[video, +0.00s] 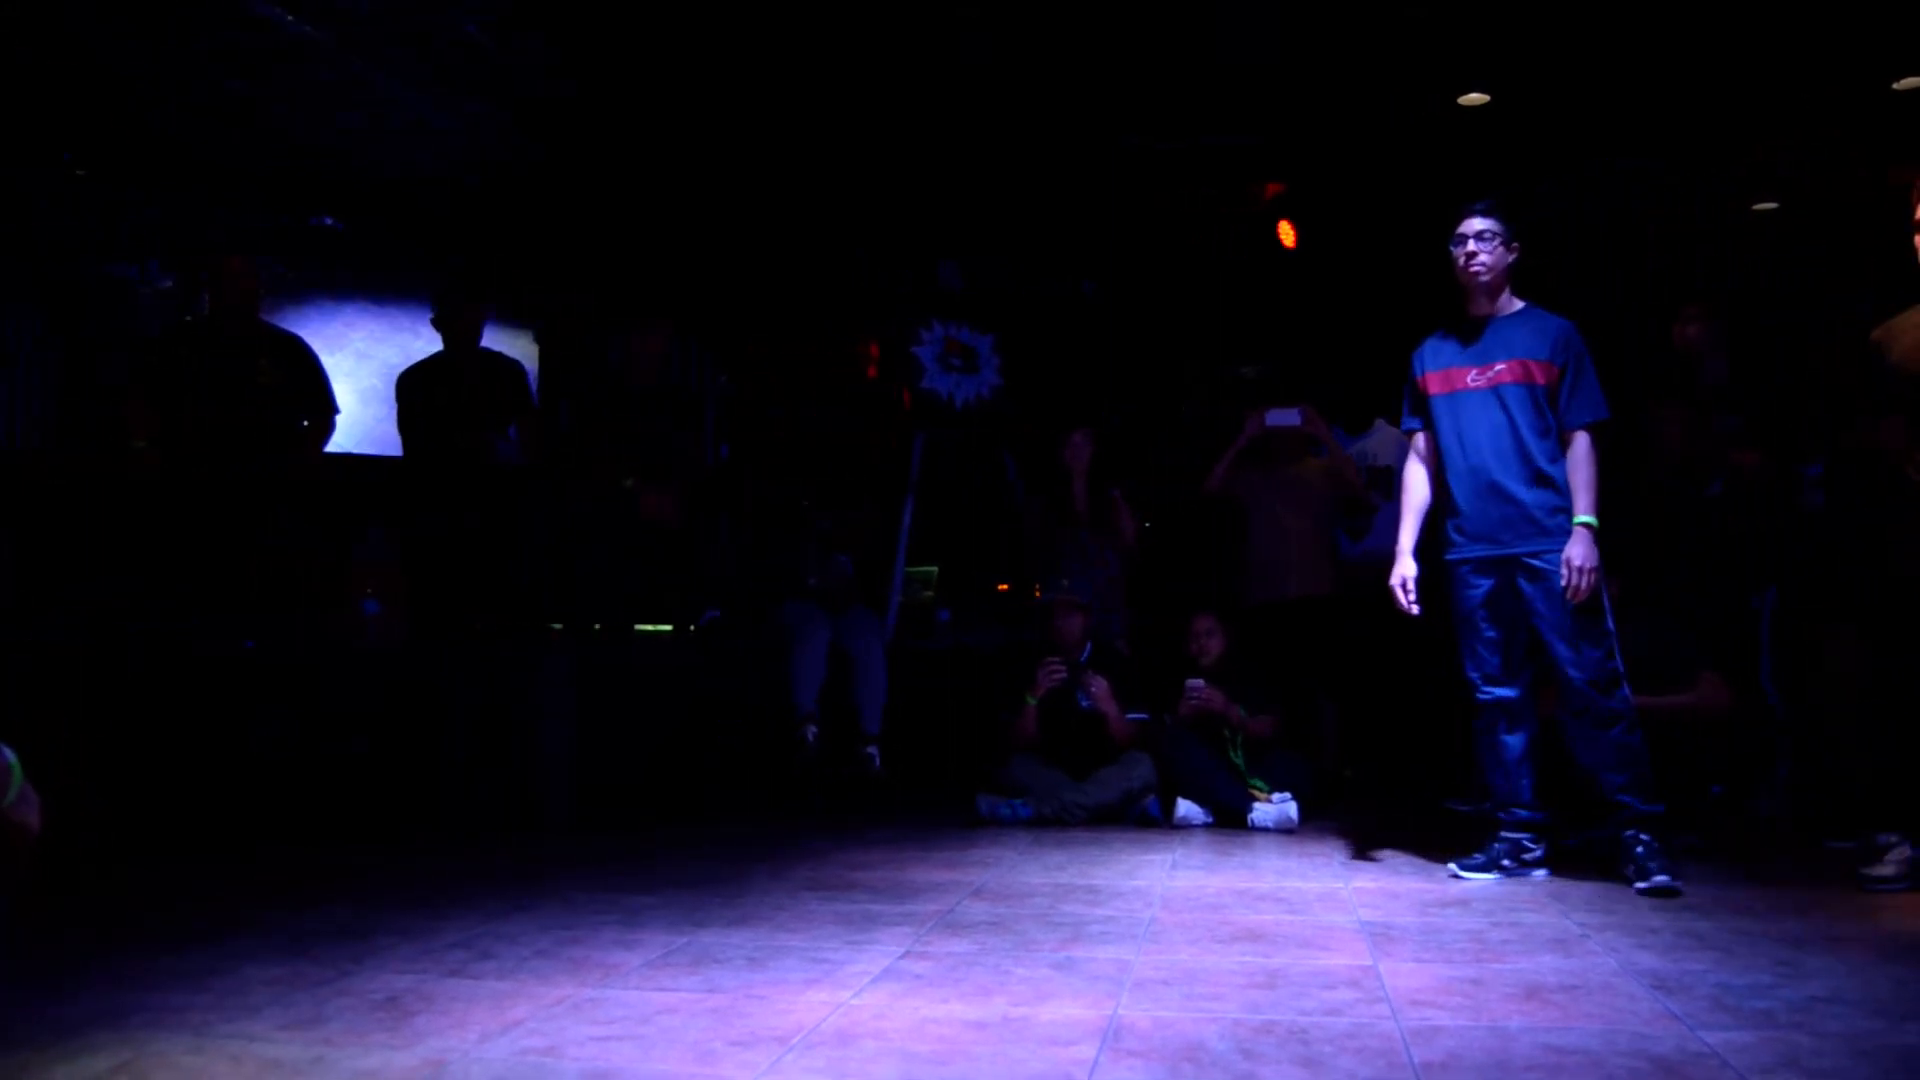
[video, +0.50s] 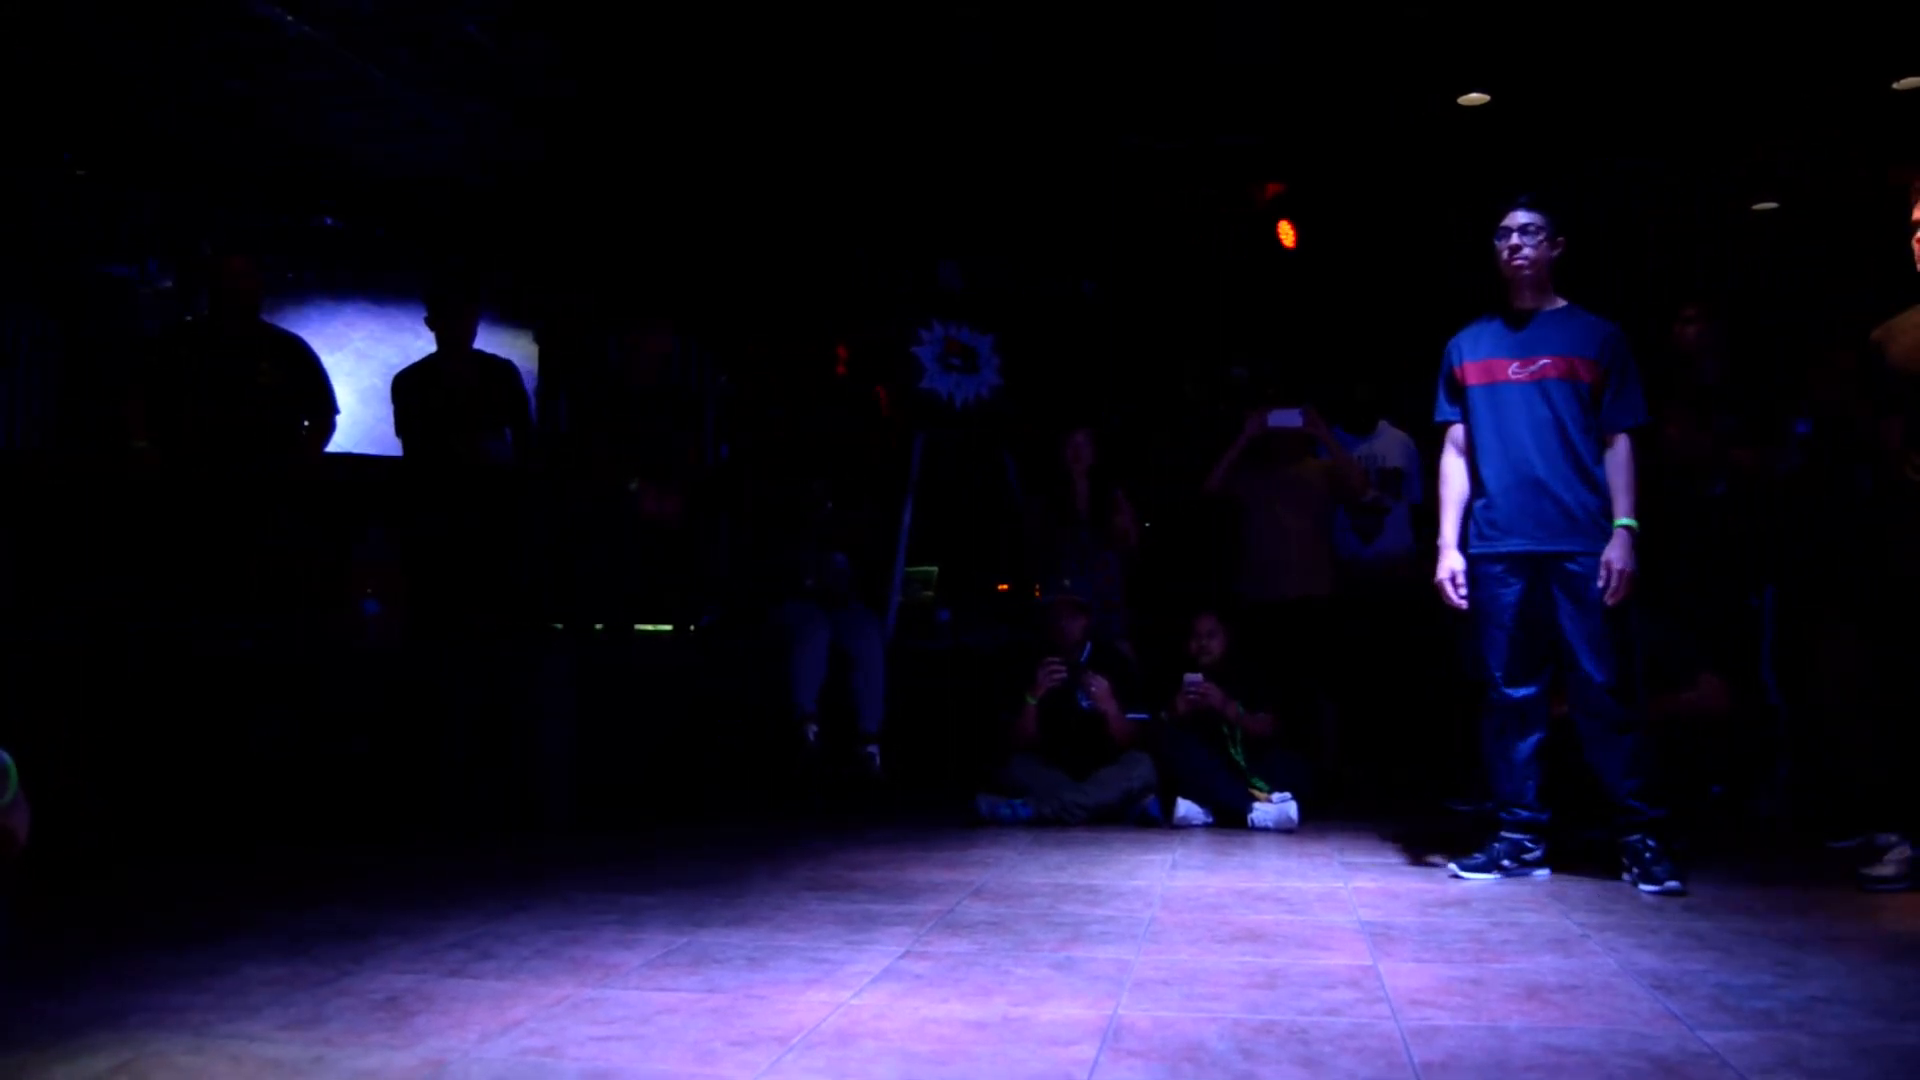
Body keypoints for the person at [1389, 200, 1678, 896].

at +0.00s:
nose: (1470, 252)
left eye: (1483, 241)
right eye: (1461, 243)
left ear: (1512, 254)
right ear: (1451, 261)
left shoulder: (1551, 336)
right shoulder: (1433, 355)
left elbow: (1579, 439)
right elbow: (1421, 456)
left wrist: (1584, 529)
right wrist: (1405, 549)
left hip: (1546, 542)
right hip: (1470, 550)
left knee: (1594, 688)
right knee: (1497, 695)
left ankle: (1638, 838)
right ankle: (1518, 838)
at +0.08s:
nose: (1476, 252)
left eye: (1489, 241)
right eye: (1467, 243)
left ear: (1516, 254)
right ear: (1456, 259)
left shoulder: (1555, 336)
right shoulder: (1436, 354)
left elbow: (1582, 439)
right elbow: (1422, 455)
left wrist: (1586, 530)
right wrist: (1405, 547)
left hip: (1549, 541)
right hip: (1472, 549)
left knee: (1598, 688)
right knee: (1498, 695)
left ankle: (1638, 838)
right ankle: (1519, 838)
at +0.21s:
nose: (1489, 251)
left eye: (1502, 240)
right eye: (1480, 241)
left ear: (1528, 254)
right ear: (1467, 256)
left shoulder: (1567, 337)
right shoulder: (1444, 353)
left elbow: (1591, 441)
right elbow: (1430, 454)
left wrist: (1594, 531)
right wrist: (1413, 546)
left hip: (1557, 543)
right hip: (1478, 549)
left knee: (1598, 691)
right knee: (1501, 695)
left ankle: (1639, 841)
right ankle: (1519, 837)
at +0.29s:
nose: (1495, 250)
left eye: (1509, 239)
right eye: (1487, 241)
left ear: (1536, 252)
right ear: (1476, 257)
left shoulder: (1575, 337)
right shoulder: (1450, 352)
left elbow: (1598, 441)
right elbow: (1436, 454)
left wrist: (1601, 531)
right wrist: (1420, 547)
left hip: (1562, 542)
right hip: (1482, 548)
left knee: (1601, 691)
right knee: (1503, 695)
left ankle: (1641, 841)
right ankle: (1518, 837)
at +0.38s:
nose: (1504, 248)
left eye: (1517, 237)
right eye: (1495, 239)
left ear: (1543, 250)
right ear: (1483, 255)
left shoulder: (1583, 337)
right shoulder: (1458, 349)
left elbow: (1605, 440)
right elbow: (1444, 451)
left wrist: (1610, 531)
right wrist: (1431, 547)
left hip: (1569, 542)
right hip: (1487, 547)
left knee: (1601, 692)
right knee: (1505, 695)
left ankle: (1641, 842)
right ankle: (1519, 837)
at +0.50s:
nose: (1516, 246)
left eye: (1529, 235)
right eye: (1506, 237)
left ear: (1555, 248)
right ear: (1495, 253)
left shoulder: (1594, 337)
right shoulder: (1467, 346)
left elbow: (1616, 440)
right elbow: (1456, 450)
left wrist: (1623, 531)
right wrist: (1448, 545)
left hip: (1578, 542)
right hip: (1498, 545)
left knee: (1604, 691)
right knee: (1512, 694)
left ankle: (1640, 842)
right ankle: (1518, 837)